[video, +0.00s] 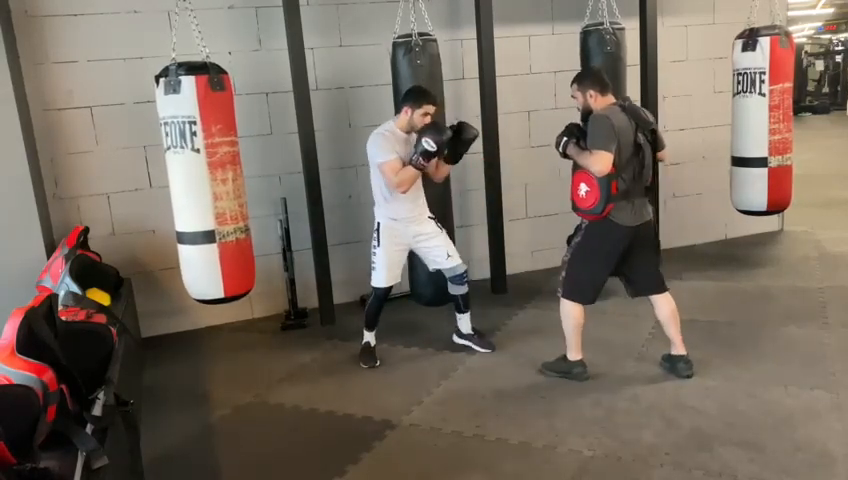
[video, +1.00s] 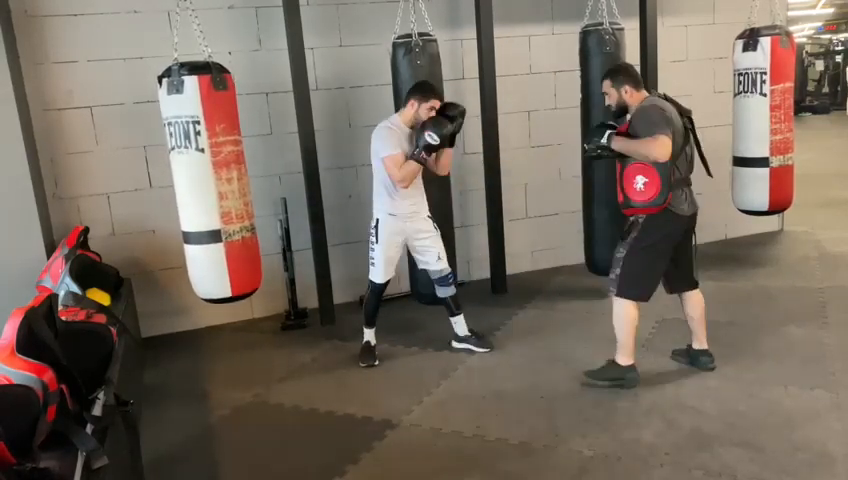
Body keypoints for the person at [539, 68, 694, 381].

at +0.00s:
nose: (576, 104)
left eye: (577, 97)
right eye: (575, 97)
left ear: (592, 94)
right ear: (605, 91)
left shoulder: (600, 119)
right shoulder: (636, 112)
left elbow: (601, 164)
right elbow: (661, 154)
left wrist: (572, 149)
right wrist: (621, 148)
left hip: (607, 225)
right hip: (642, 223)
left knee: (572, 290)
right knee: (655, 287)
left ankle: (573, 359)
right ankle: (680, 355)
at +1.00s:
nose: (607, 101)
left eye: (609, 93)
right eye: (606, 94)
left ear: (625, 89)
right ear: (634, 89)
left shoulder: (647, 111)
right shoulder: (662, 107)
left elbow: (660, 151)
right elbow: (660, 153)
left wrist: (612, 140)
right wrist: (615, 140)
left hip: (660, 214)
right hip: (682, 212)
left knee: (624, 286)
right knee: (685, 282)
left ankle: (624, 364)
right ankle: (700, 350)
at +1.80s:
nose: (632, 109)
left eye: (634, 102)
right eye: (630, 103)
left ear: (653, 98)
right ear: (655, 99)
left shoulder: (680, 123)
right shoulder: (671, 120)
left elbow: (683, 168)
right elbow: (672, 165)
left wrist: (635, 161)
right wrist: (637, 159)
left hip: (689, 225)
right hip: (700, 222)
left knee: (641, 291)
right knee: (703, 287)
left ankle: (647, 369)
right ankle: (736, 347)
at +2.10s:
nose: (617, 109)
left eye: (619, 102)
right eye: (616, 103)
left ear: (636, 100)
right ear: (647, 97)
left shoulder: (656, 126)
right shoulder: (674, 117)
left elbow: (649, 175)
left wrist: (611, 163)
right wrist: (629, 153)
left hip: (675, 229)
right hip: (699, 224)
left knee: (639, 300)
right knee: (703, 287)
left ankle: (625, 376)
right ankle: (735, 347)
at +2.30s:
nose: (602, 114)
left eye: (603, 107)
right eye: (600, 108)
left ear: (620, 104)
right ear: (632, 100)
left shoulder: (639, 127)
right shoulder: (662, 116)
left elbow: (638, 178)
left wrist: (592, 204)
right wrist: (615, 136)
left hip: (670, 224)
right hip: (697, 219)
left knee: (633, 297)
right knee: (685, 278)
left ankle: (625, 377)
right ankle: (717, 342)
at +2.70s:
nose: (635, 109)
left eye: (640, 100)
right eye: (633, 101)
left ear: (667, 98)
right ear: (673, 99)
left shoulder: (676, 134)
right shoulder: (699, 125)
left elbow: (669, 188)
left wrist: (620, 171)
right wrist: (637, 143)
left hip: (691, 259)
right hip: (719, 256)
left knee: (638, 348)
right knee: (700, 335)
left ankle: (638, 448)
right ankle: (740, 407)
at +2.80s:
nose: (634, 110)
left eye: (640, 101)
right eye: (633, 103)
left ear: (667, 99)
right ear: (672, 102)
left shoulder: (675, 133)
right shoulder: (697, 129)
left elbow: (665, 187)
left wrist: (602, 183)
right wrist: (636, 149)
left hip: (690, 259)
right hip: (714, 255)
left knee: (630, 346)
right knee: (697, 337)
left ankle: (633, 445)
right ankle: (739, 407)